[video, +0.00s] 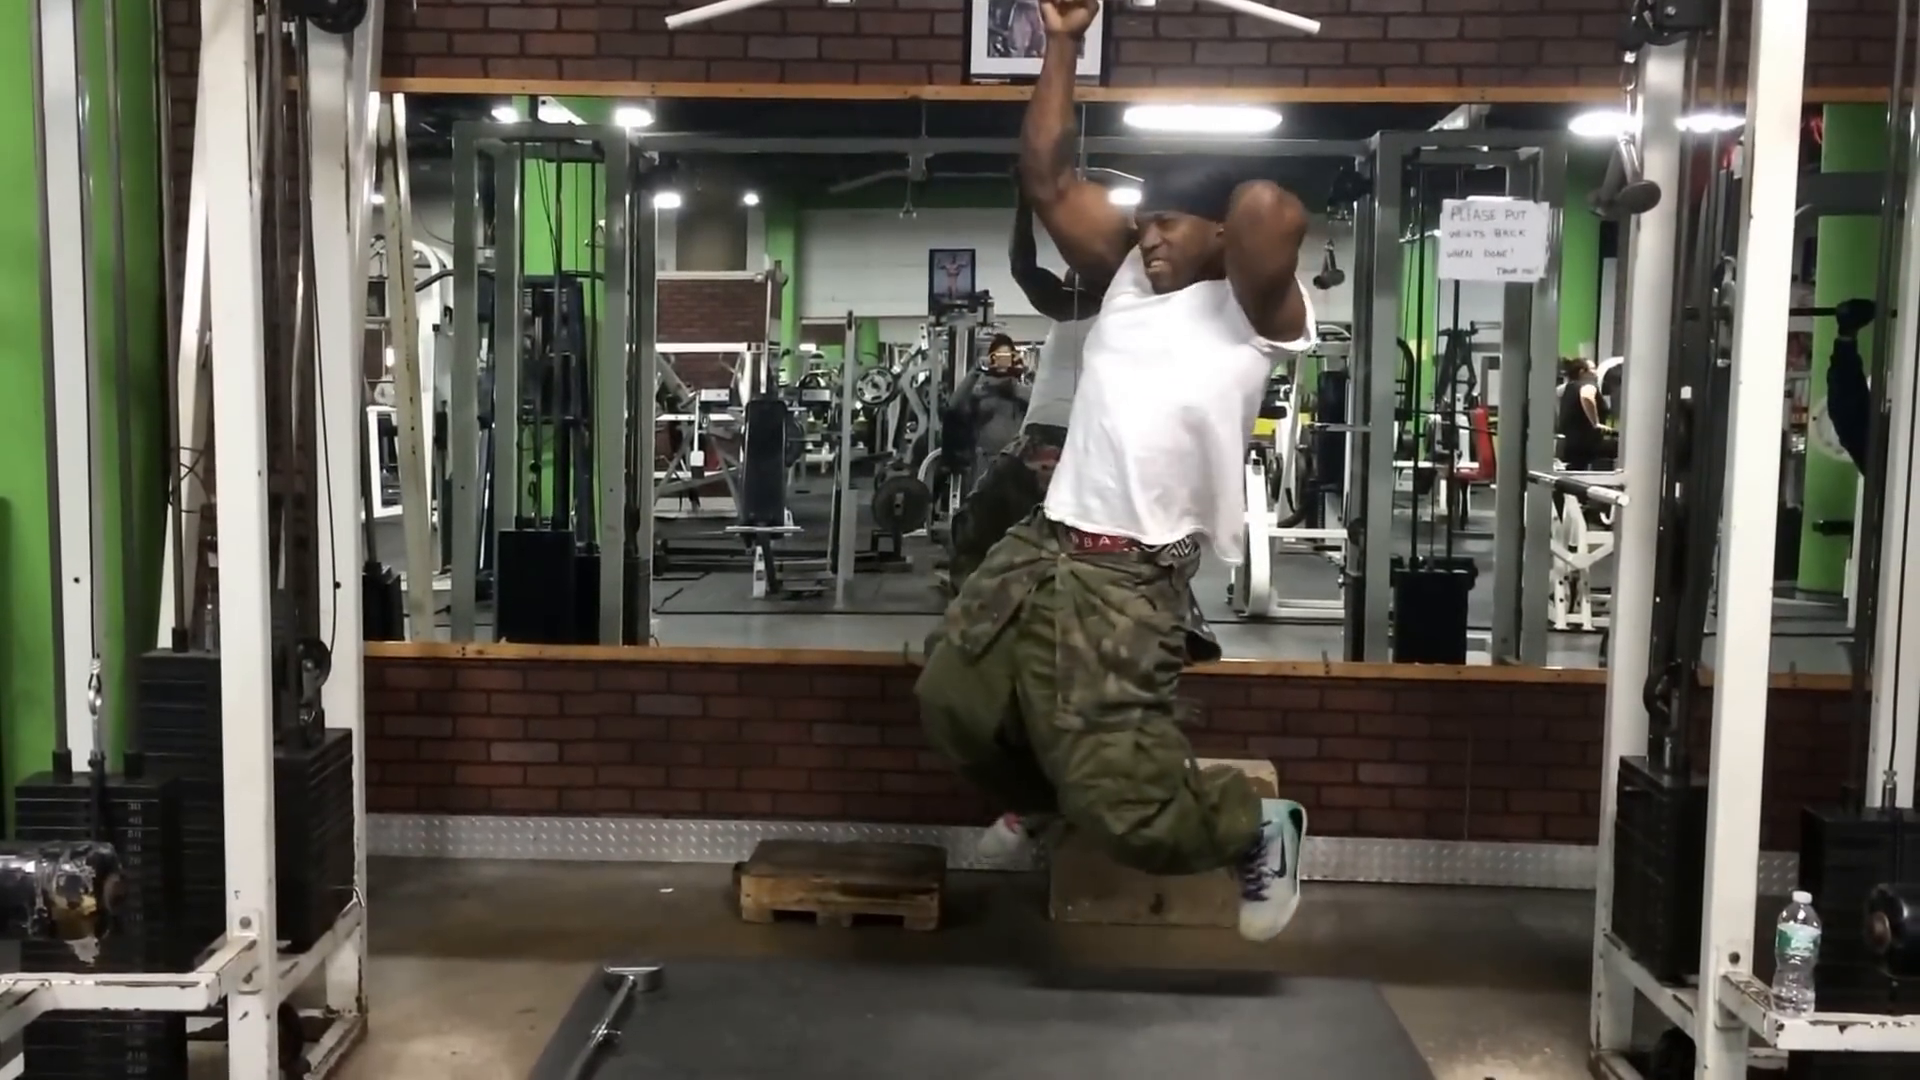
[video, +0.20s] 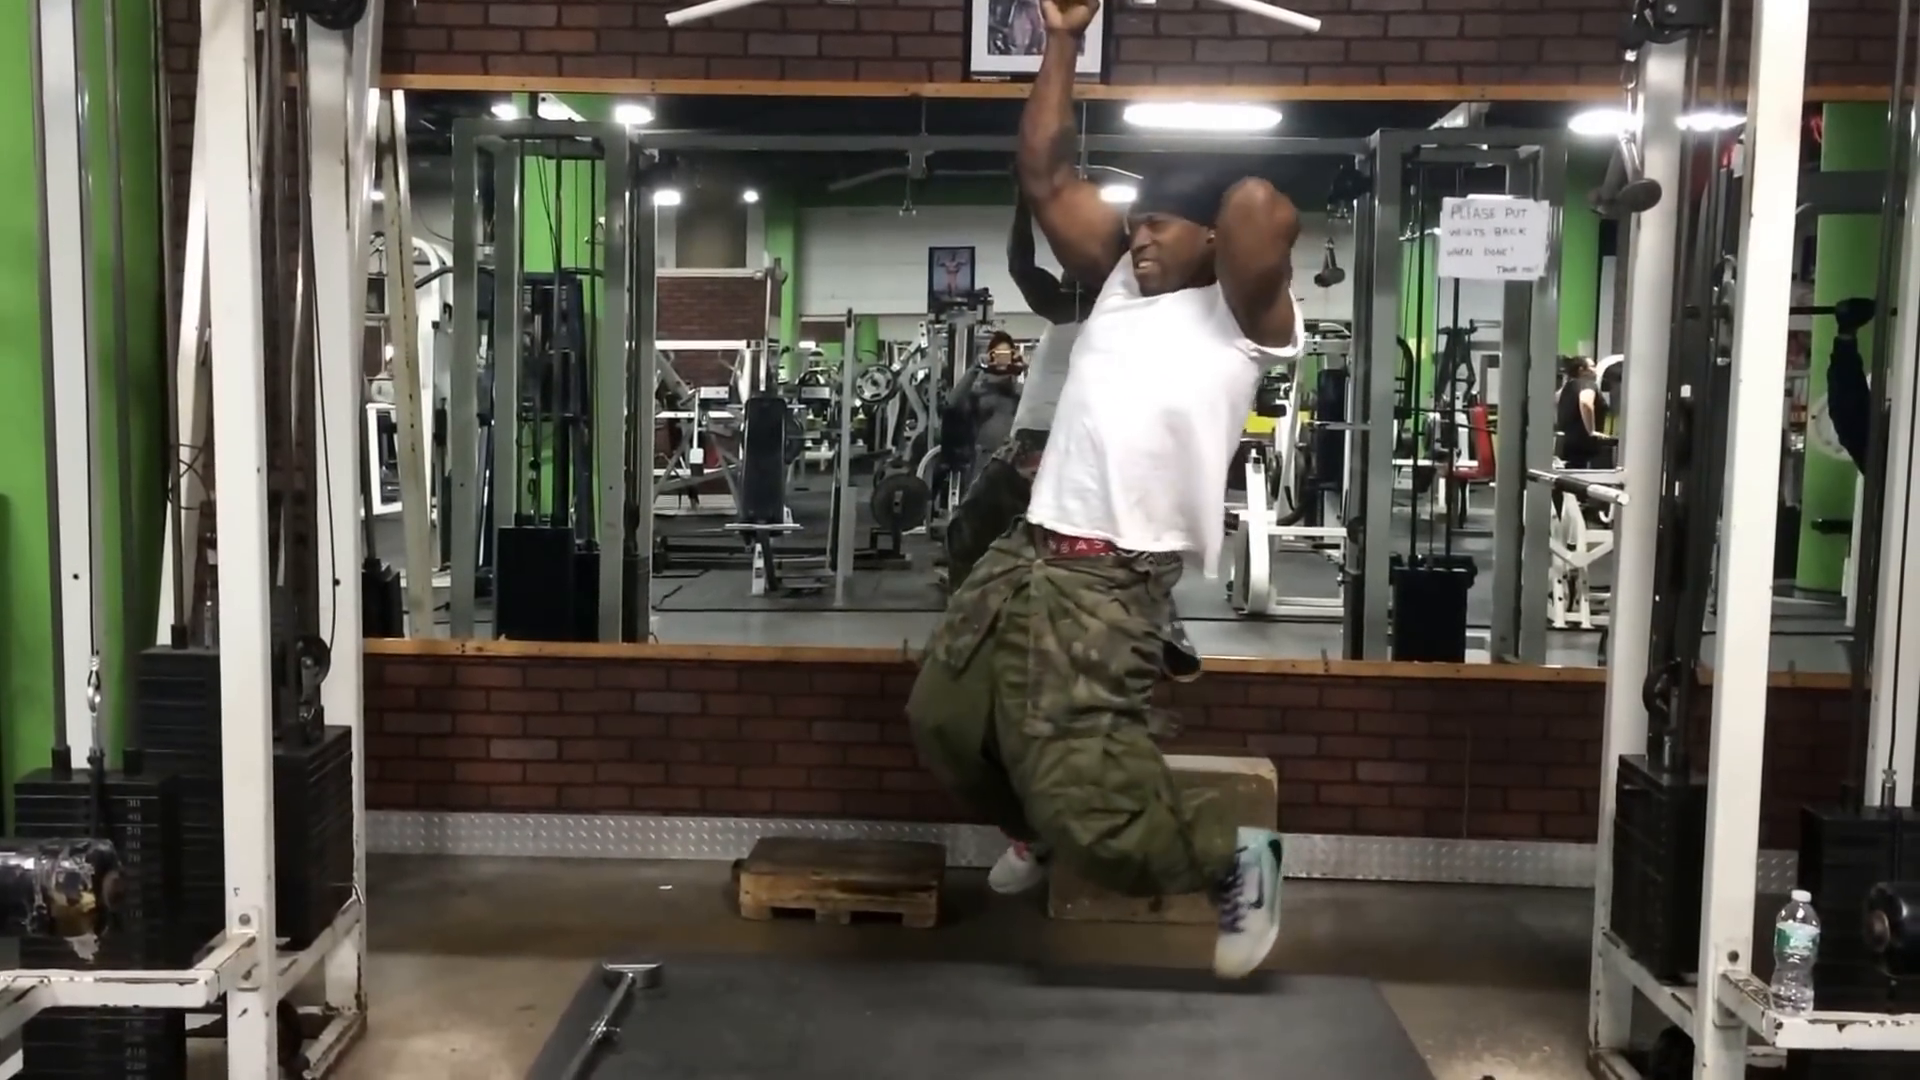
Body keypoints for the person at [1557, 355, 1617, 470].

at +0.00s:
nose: (1596, 372)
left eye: (1595, 368)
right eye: (1593, 369)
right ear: (1582, 372)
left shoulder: (1567, 387)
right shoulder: (1589, 386)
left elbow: (1557, 390)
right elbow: (1587, 398)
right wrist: (1596, 423)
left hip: (1569, 443)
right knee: (1618, 445)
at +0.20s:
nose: (1596, 370)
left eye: (1594, 366)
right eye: (1592, 366)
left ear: (1579, 371)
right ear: (1582, 370)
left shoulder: (1568, 385)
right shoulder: (1587, 384)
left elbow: (1556, 397)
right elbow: (1585, 403)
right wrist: (1592, 431)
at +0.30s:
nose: (1595, 368)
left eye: (1594, 365)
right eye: (1591, 365)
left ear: (1579, 369)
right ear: (1581, 369)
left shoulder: (1567, 386)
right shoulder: (1586, 385)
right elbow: (1583, 409)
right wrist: (1589, 438)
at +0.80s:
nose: (1592, 365)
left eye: (1590, 361)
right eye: (1588, 361)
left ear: (1576, 366)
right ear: (1578, 366)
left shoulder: (1564, 382)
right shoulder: (1585, 380)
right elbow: (1583, 398)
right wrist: (1589, 424)